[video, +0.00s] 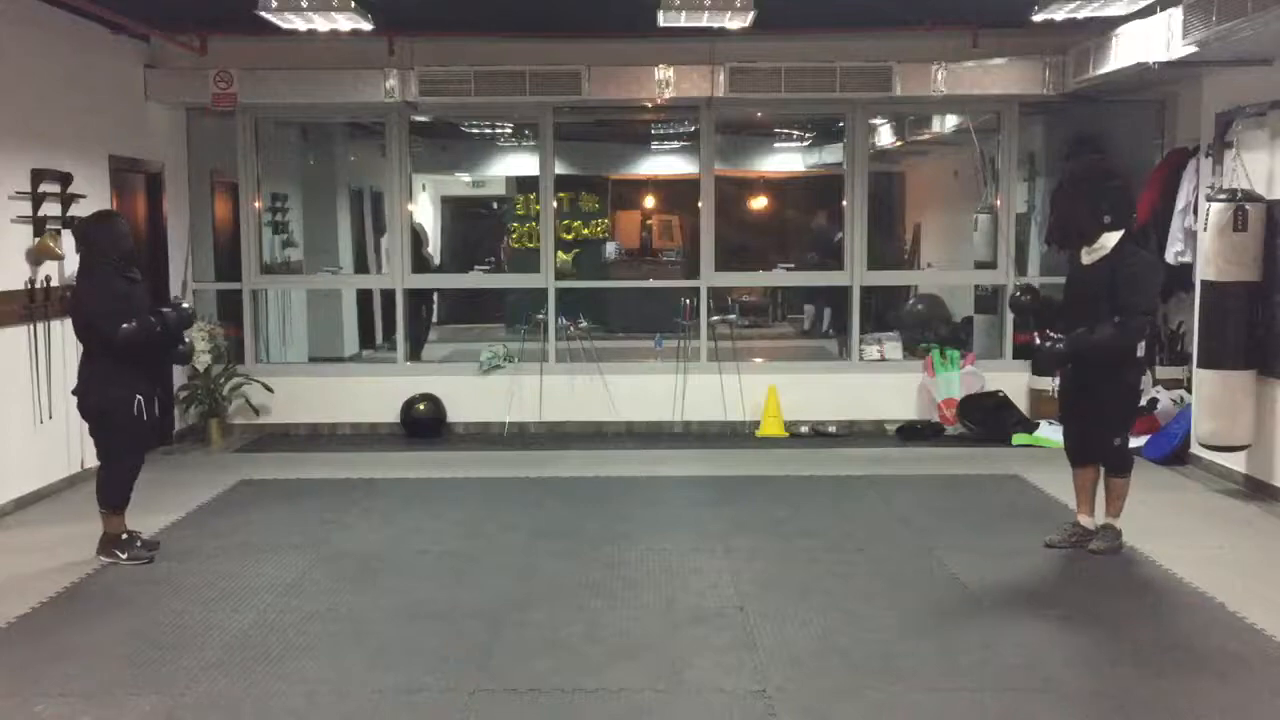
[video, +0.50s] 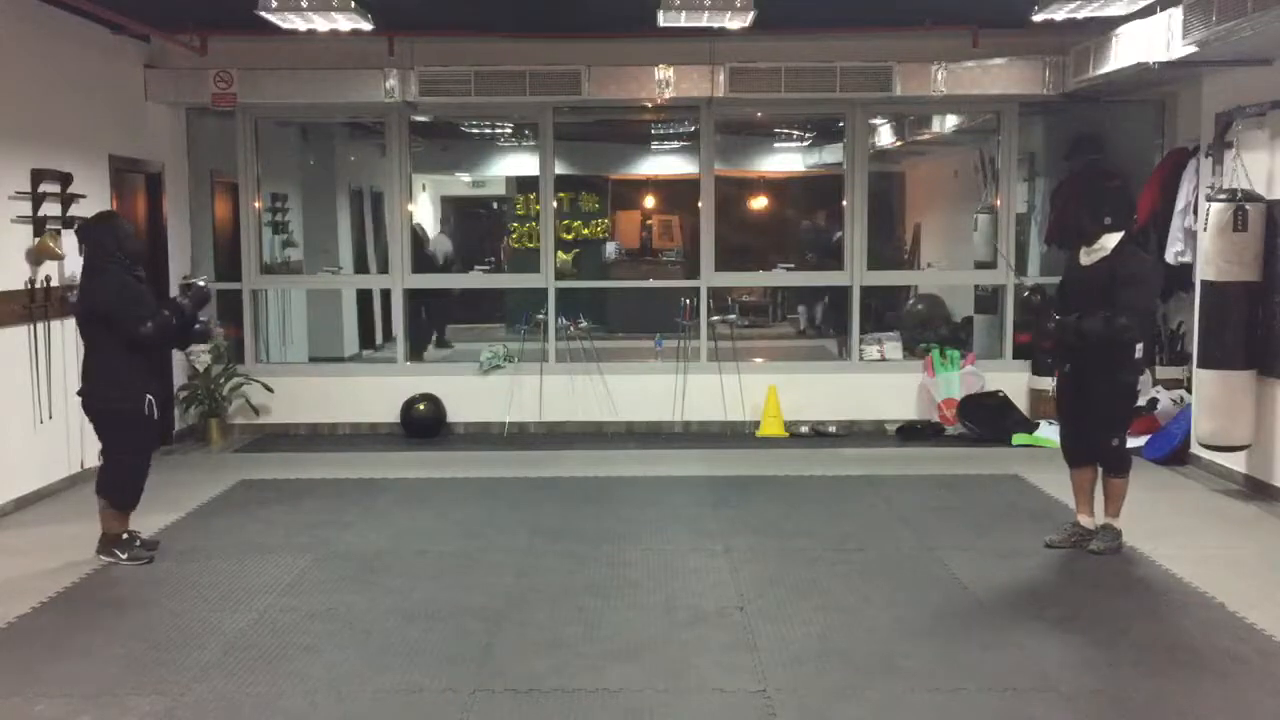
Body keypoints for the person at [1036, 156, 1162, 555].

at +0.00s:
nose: (1067, 223)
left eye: (1073, 212)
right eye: (1065, 213)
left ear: (1101, 213)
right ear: (1081, 215)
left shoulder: (1133, 261)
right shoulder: (1081, 258)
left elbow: (1135, 328)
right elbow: (1074, 316)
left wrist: (1071, 347)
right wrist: (1040, 308)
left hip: (1118, 367)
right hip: (1080, 365)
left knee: (1115, 445)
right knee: (1080, 442)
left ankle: (1112, 527)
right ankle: (1084, 523)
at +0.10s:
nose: (1067, 221)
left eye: (1074, 212)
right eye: (1067, 212)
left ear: (1098, 213)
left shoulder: (1135, 262)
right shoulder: (1080, 258)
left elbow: (1135, 326)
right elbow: (1076, 312)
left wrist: (1071, 335)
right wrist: (1045, 306)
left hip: (1119, 368)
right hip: (1081, 366)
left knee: (1114, 445)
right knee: (1079, 443)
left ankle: (1112, 528)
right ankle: (1084, 524)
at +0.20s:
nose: (1067, 223)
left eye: (1073, 214)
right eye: (1066, 214)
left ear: (1094, 213)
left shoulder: (1134, 261)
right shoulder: (1080, 259)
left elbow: (1134, 326)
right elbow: (1070, 313)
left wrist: (1070, 331)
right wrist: (1051, 327)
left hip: (1118, 368)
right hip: (1079, 365)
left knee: (1115, 445)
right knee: (1080, 442)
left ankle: (1112, 527)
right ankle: (1084, 523)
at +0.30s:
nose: (1070, 224)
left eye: (1076, 214)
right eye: (1069, 215)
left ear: (1096, 214)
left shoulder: (1135, 262)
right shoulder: (1081, 260)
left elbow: (1134, 324)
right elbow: (1065, 311)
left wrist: (1074, 325)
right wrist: (1055, 323)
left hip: (1117, 368)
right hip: (1079, 365)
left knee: (1114, 444)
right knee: (1079, 442)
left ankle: (1111, 527)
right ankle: (1084, 523)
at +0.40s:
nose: (1070, 222)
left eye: (1076, 213)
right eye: (1069, 213)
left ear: (1096, 212)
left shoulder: (1135, 262)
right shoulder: (1079, 259)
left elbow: (1134, 324)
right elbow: (1065, 312)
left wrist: (1074, 324)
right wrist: (1055, 324)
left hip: (1117, 368)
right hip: (1078, 365)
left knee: (1114, 445)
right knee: (1078, 442)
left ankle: (1111, 527)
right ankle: (1084, 523)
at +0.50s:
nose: (1066, 222)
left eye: (1073, 213)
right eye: (1066, 213)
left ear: (1094, 212)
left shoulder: (1132, 260)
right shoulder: (1078, 258)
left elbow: (1133, 324)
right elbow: (1065, 310)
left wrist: (1074, 328)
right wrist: (1054, 324)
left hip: (1116, 368)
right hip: (1077, 366)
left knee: (1113, 444)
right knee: (1077, 442)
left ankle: (1111, 527)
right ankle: (1084, 523)